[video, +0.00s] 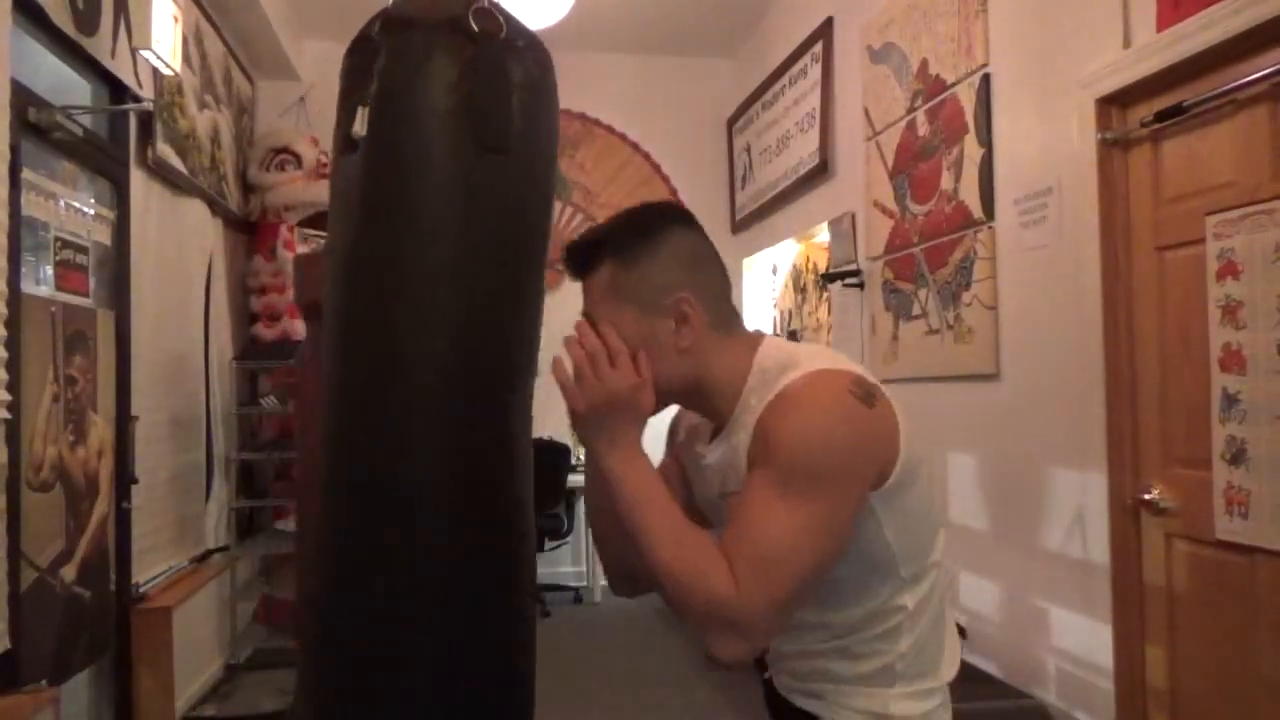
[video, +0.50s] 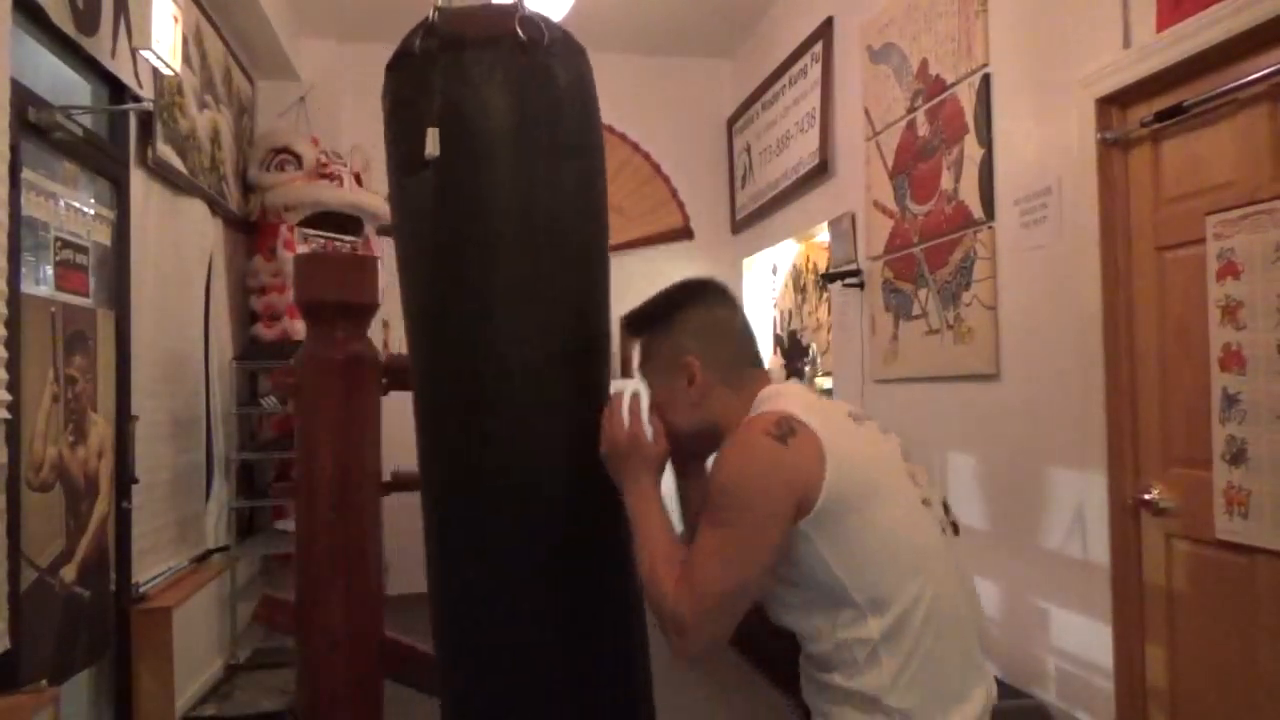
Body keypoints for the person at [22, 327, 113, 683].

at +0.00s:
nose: (69, 391)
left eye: (75, 382)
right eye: (64, 383)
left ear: (90, 384)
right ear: (60, 389)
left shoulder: (105, 432)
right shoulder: (62, 437)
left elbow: (104, 502)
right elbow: (39, 481)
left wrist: (76, 562)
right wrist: (46, 401)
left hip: (105, 548)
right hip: (75, 547)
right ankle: (56, 684)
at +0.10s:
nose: (69, 391)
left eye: (75, 382)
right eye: (64, 383)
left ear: (91, 385)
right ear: (60, 389)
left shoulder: (104, 431)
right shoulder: (63, 437)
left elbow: (104, 502)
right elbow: (38, 480)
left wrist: (76, 562)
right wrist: (47, 399)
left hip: (104, 548)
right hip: (75, 548)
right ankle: (58, 687)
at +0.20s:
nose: (69, 391)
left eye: (75, 382)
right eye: (64, 383)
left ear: (91, 385)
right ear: (61, 390)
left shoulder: (104, 431)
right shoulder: (64, 436)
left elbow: (104, 502)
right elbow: (38, 480)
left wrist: (76, 562)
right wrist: (46, 401)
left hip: (103, 549)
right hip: (75, 548)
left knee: (101, 630)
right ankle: (58, 689)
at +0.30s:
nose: (70, 391)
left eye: (76, 382)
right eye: (64, 383)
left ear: (91, 385)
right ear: (61, 389)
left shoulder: (104, 431)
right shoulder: (63, 437)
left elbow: (104, 502)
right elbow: (38, 480)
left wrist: (76, 563)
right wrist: (46, 401)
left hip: (104, 548)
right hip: (76, 548)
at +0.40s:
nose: (70, 390)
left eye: (76, 381)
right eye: (64, 383)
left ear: (91, 385)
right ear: (60, 389)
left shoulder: (104, 431)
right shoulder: (62, 438)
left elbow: (105, 501)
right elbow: (38, 481)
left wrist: (76, 563)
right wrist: (47, 400)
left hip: (106, 548)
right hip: (76, 549)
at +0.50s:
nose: (70, 391)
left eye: (76, 381)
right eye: (64, 383)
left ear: (91, 385)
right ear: (60, 389)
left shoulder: (104, 431)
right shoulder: (63, 438)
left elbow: (105, 501)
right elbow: (38, 480)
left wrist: (76, 563)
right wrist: (47, 400)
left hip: (106, 548)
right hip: (76, 549)